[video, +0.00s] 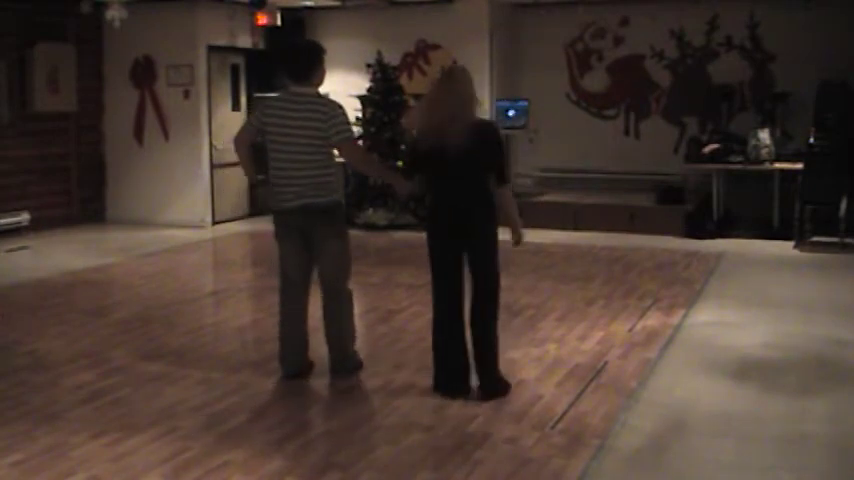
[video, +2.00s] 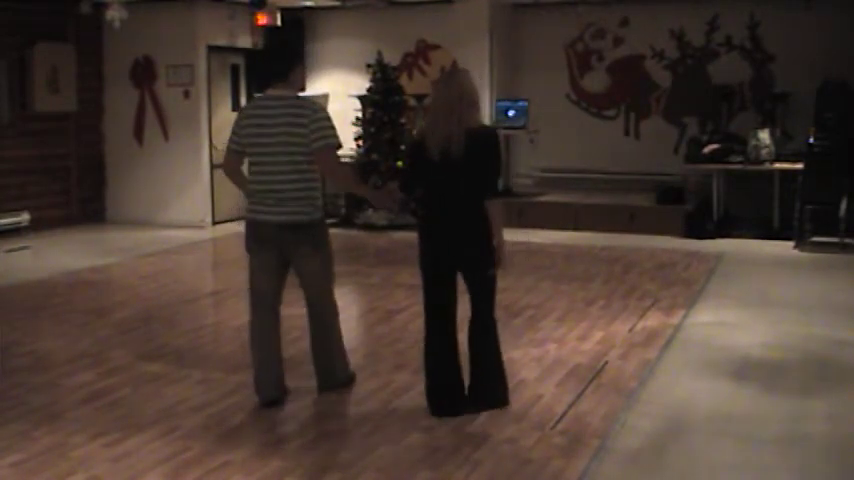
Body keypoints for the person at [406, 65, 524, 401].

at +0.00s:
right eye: (470, 90)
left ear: (435, 96)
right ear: (471, 95)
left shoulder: (425, 136)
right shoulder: (486, 132)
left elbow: (411, 183)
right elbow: (501, 185)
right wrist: (515, 222)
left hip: (441, 227)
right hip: (480, 226)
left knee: (446, 300)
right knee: (486, 297)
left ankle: (449, 379)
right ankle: (489, 379)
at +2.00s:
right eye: (472, 95)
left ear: (436, 100)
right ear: (473, 99)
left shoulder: (423, 141)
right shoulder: (484, 138)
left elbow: (410, 192)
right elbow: (491, 197)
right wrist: (499, 242)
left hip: (434, 242)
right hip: (474, 239)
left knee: (439, 318)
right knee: (483, 313)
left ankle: (443, 397)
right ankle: (487, 392)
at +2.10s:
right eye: (471, 95)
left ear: (435, 101)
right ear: (472, 100)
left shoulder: (422, 142)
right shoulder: (483, 138)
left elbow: (409, 192)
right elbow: (491, 195)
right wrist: (502, 238)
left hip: (434, 242)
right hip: (472, 240)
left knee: (439, 318)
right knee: (484, 313)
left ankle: (441, 396)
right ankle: (484, 392)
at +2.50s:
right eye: (472, 98)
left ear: (435, 103)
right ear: (474, 102)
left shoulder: (421, 144)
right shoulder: (485, 140)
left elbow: (413, 194)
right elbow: (496, 195)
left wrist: (427, 218)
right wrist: (507, 236)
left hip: (434, 242)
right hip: (475, 240)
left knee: (439, 318)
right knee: (482, 315)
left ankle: (442, 395)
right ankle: (484, 390)